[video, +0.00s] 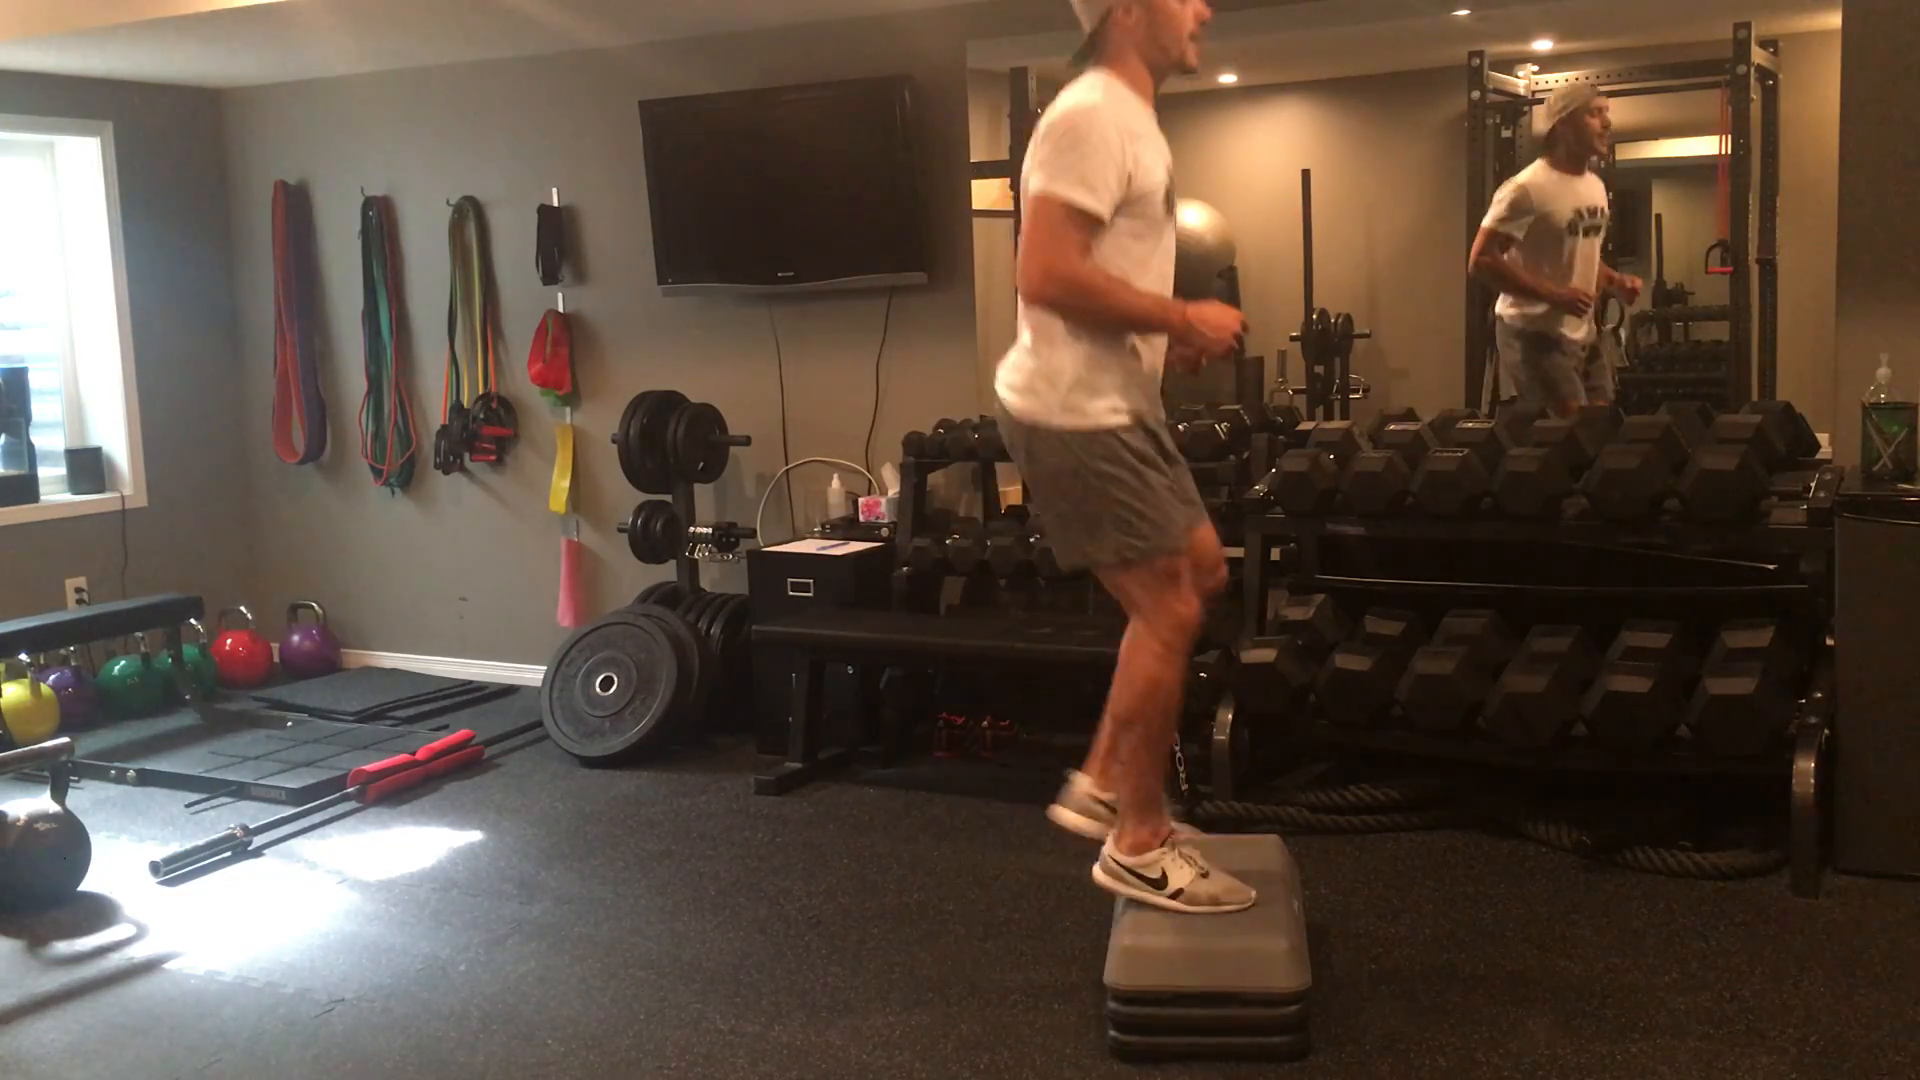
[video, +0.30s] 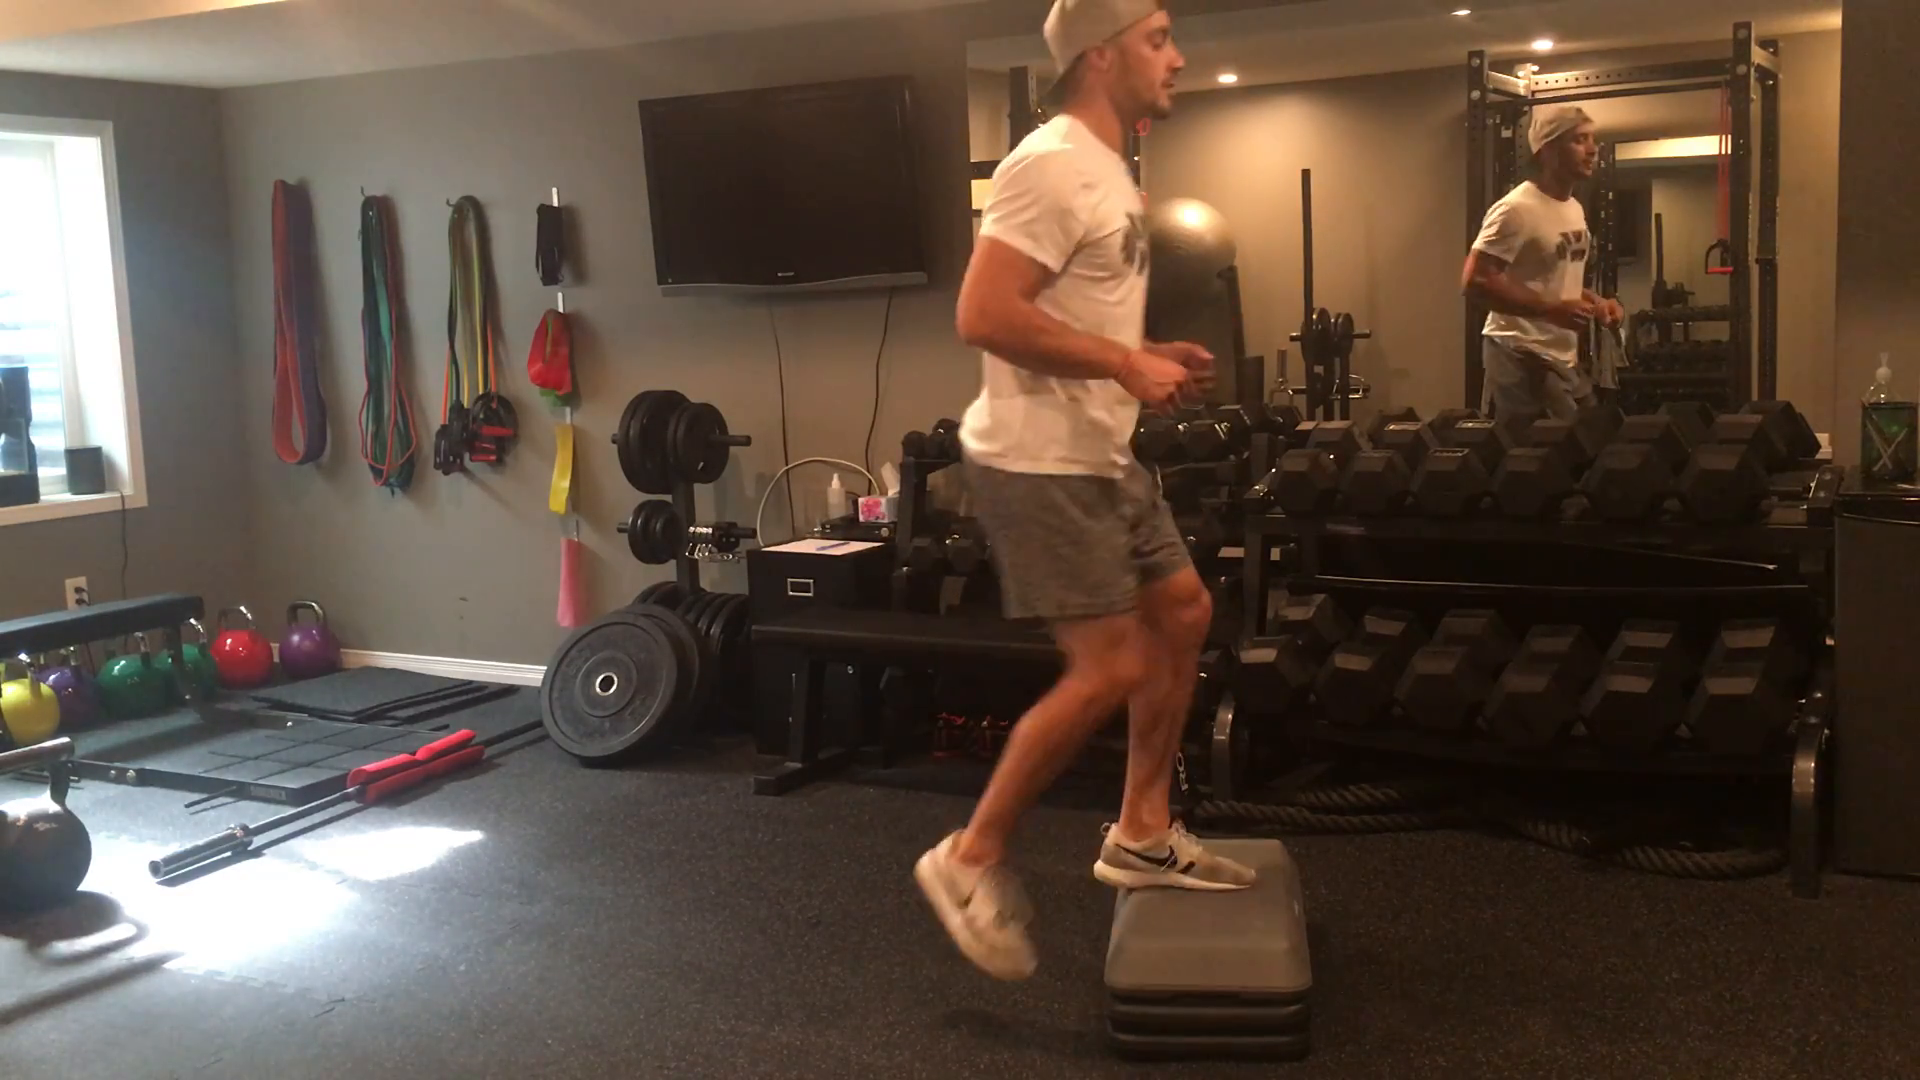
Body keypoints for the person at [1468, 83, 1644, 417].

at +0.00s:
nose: (1607, 123)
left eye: (1607, 114)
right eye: (1595, 113)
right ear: (1562, 124)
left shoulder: (1595, 186)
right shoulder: (1524, 188)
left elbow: (1580, 257)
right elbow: (1482, 261)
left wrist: (1615, 281)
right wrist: (1554, 294)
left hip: (1582, 332)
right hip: (1533, 334)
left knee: (1598, 421)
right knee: (1571, 425)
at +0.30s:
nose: (1593, 149)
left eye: (1593, 140)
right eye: (1580, 139)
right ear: (1545, 149)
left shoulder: (1573, 209)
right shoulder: (1515, 209)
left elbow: (1559, 284)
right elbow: (1476, 281)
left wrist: (1595, 303)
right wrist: (1551, 309)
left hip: (1560, 357)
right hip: (1516, 358)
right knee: (1514, 457)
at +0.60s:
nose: (1565, 205)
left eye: (1565, 195)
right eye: (1554, 193)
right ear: (1521, 196)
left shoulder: (1543, 257)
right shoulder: (1477, 250)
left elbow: (1528, 325)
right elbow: (1431, 317)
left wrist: (1568, 348)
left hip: (1524, 400)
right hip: (1479, 403)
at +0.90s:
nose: (1529, 203)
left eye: (1528, 192)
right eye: (1517, 193)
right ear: (1484, 202)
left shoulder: (1512, 257)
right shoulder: (1449, 259)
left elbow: (1499, 325)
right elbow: (1396, 322)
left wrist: (1519, 368)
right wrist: (1437, 384)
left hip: (1496, 407)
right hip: (1449, 413)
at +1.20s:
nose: (1530, 211)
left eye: (1530, 201)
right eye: (1519, 201)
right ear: (1488, 204)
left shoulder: (1510, 255)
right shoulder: (1444, 263)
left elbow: (1495, 321)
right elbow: (1392, 324)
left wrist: (1517, 361)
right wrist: (1434, 387)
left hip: (1488, 404)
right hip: (1442, 409)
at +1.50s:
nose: (1559, 197)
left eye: (1559, 188)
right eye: (1548, 187)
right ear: (1518, 190)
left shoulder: (1542, 252)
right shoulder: (1472, 247)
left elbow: (1519, 318)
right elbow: (1423, 311)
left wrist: (1546, 355)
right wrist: (1467, 365)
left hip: (1517, 395)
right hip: (1470, 398)